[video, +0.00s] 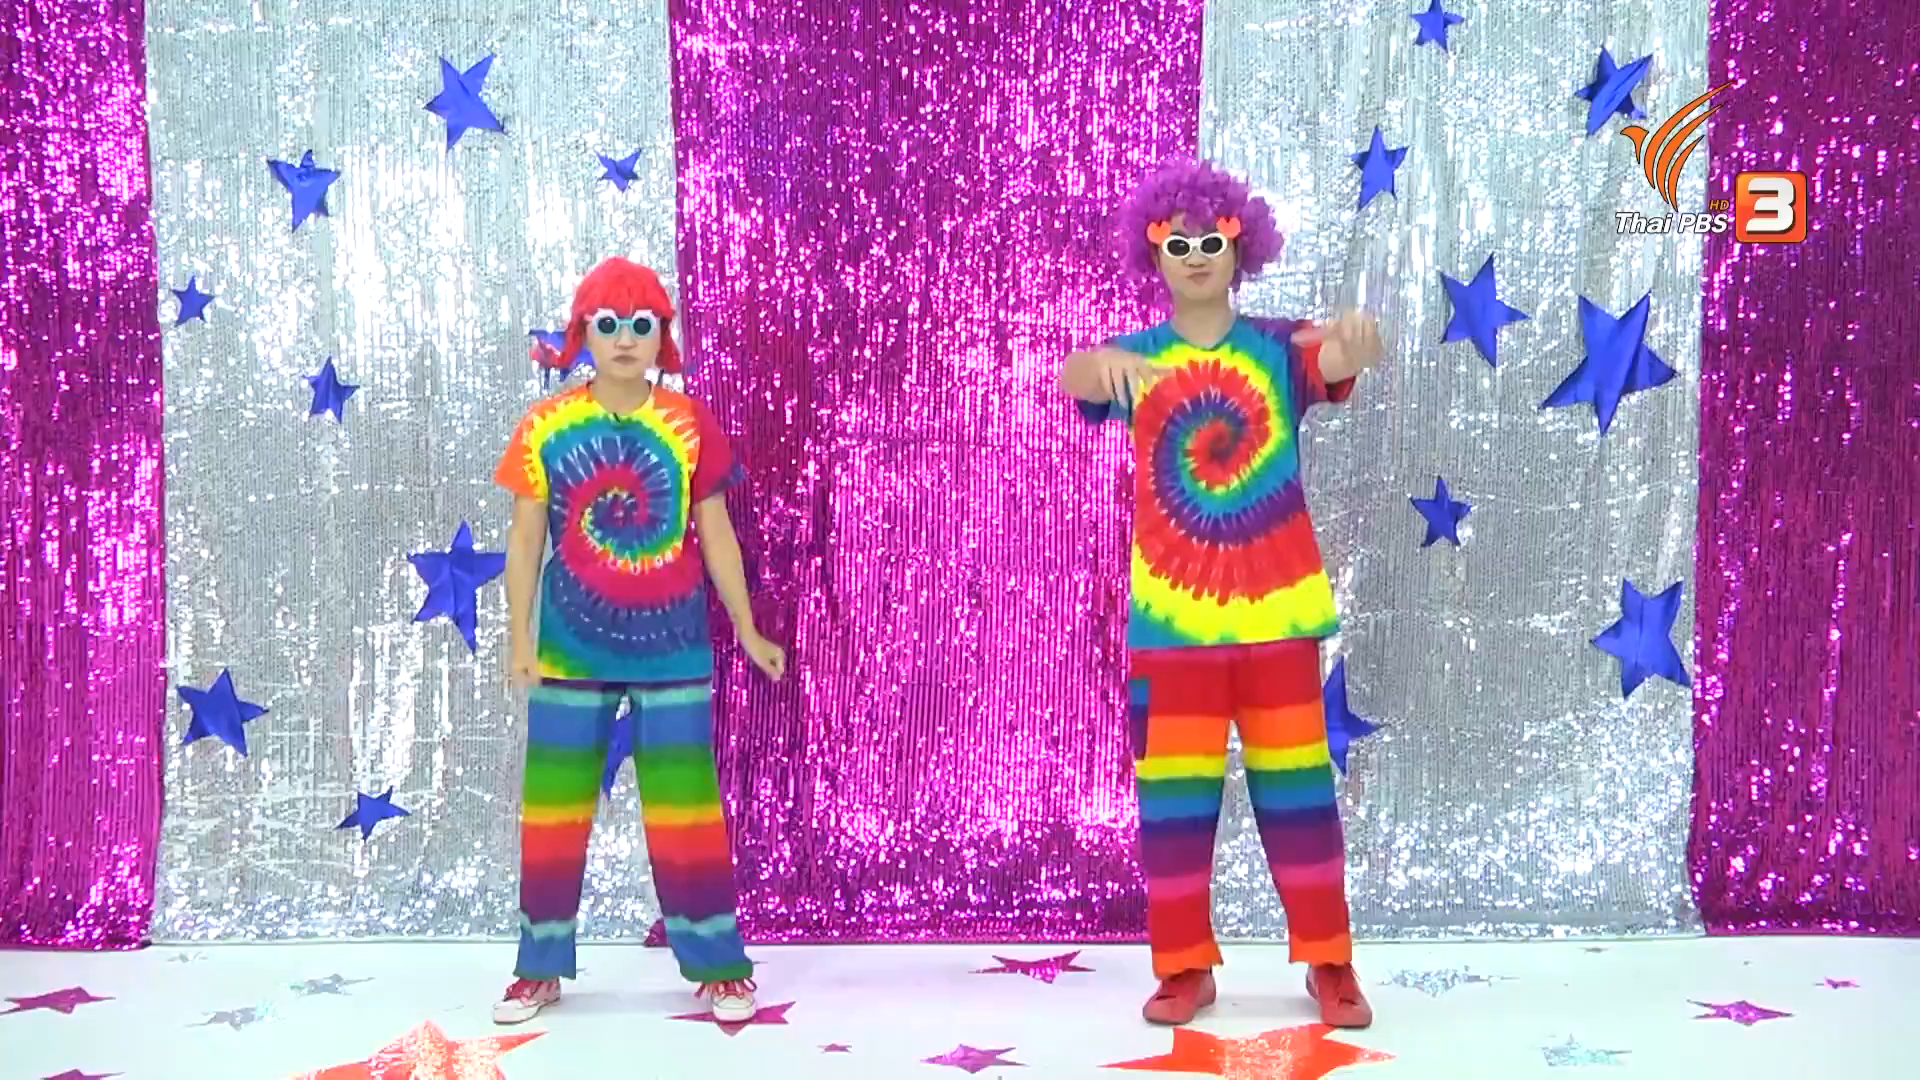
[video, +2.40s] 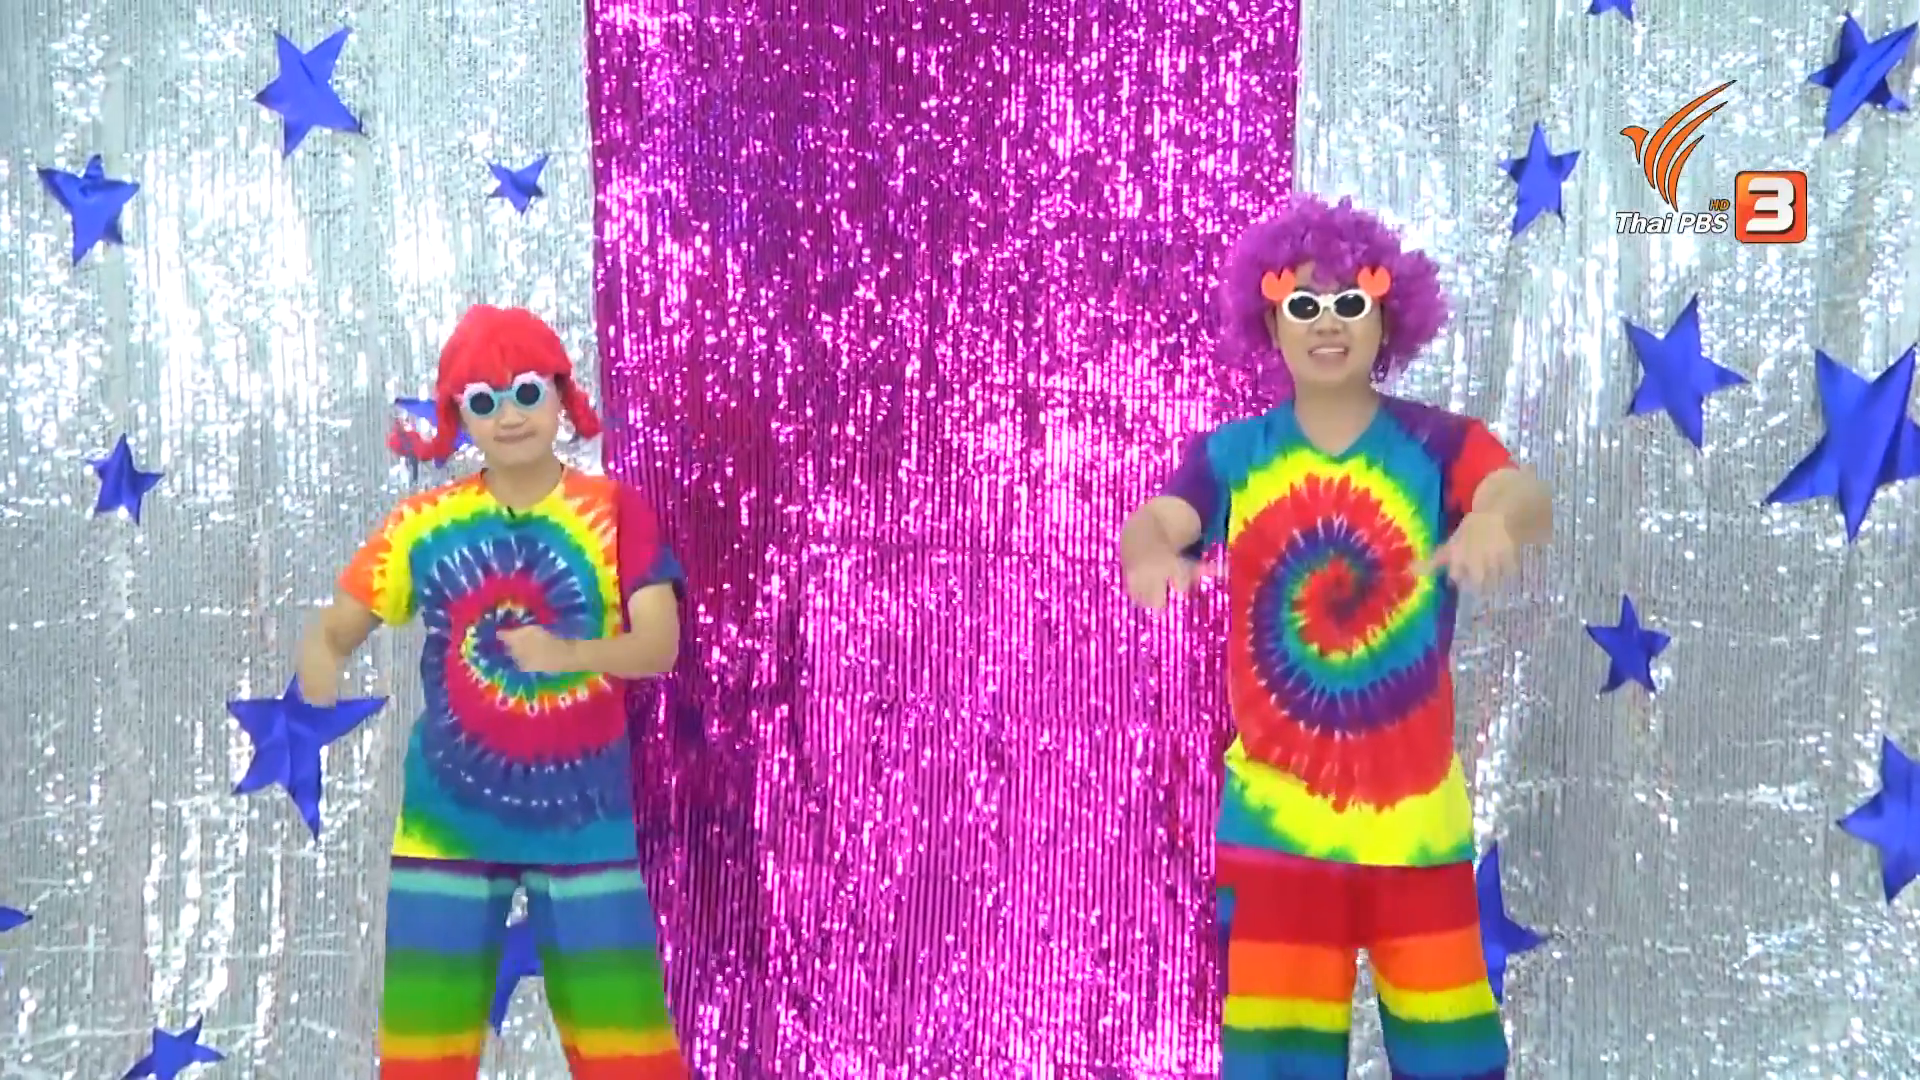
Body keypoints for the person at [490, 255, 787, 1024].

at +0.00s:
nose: (624, 338)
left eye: (640, 324)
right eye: (608, 324)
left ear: (662, 338)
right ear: (585, 336)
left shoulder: (690, 423)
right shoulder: (548, 426)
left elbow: (717, 534)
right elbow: (526, 538)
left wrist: (747, 629)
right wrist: (520, 640)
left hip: (673, 650)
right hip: (572, 650)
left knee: (689, 810)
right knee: (551, 813)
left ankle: (720, 968)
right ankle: (539, 968)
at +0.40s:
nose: (624, 342)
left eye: (641, 328)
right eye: (607, 329)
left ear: (664, 343)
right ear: (585, 343)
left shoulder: (687, 425)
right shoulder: (550, 427)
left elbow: (702, 507)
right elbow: (529, 522)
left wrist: (714, 542)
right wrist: (539, 578)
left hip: (682, 643)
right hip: (583, 647)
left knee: (707, 803)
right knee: (567, 805)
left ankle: (722, 968)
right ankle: (545, 964)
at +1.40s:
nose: (566, 335)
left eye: (583, 318)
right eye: (546, 321)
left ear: (616, 333)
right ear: (525, 341)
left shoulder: (659, 427)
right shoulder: (500, 438)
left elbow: (718, 544)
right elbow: (478, 556)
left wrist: (652, 526)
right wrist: (422, 546)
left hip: (635, 690)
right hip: (520, 689)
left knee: (668, 883)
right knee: (501, 886)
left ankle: (697, 1065)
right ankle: (491, 1065)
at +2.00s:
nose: (542, 380)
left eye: (565, 363)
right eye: (523, 359)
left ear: (588, 382)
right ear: (491, 370)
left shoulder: (614, 472)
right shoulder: (434, 478)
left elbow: (730, 555)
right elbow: (359, 602)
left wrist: (729, 541)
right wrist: (466, 561)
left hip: (615, 765)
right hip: (486, 768)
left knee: (638, 996)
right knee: (455, 997)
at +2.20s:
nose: (539, 415)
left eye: (561, 395)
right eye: (516, 395)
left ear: (586, 413)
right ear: (483, 409)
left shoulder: (607, 518)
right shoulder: (426, 515)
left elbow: (678, 659)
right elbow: (360, 646)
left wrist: (663, 545)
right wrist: (464, 572)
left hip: (619, 808)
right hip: (489, 816)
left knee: (653, 1039)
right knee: (474, 1049)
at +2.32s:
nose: (522, 410)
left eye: (542, 389)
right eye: (497, 393)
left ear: (572, 403)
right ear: (468, 411)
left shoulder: (612, 512)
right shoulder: (419, 518)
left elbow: (656, 657)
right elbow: (339, 644)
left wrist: (607, 637)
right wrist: (408, 674)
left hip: (598, 808)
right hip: (465, 814)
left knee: (637, 1033)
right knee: (445, 1042)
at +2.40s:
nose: (510, 414)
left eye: (529, 389)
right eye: (484, 400)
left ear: (562, 398)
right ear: (460, 421)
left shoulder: (613, 510)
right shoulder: (419, 525)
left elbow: (659, 646)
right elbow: (330, 636)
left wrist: (564, 652)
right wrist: (316, 704)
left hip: (585, 826)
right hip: (449, 828)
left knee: (631, 1054)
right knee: (421, 1056)